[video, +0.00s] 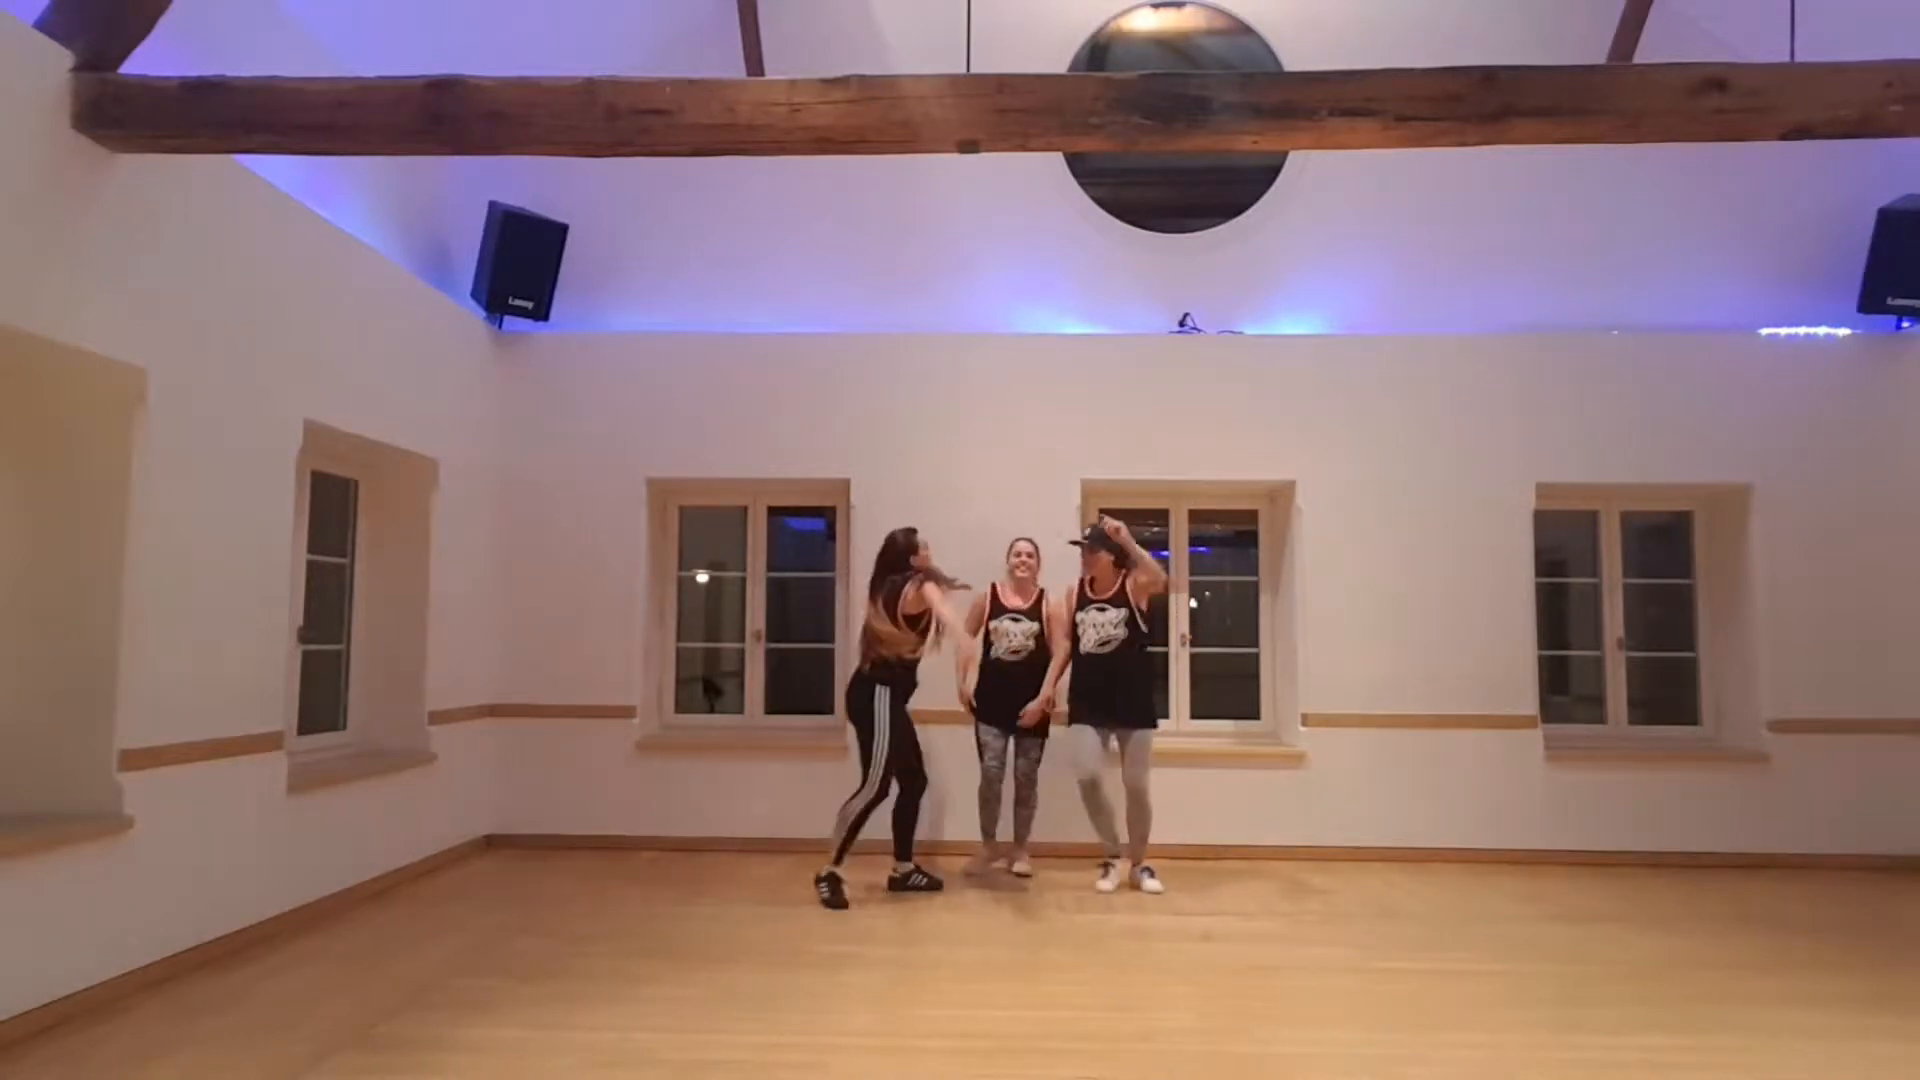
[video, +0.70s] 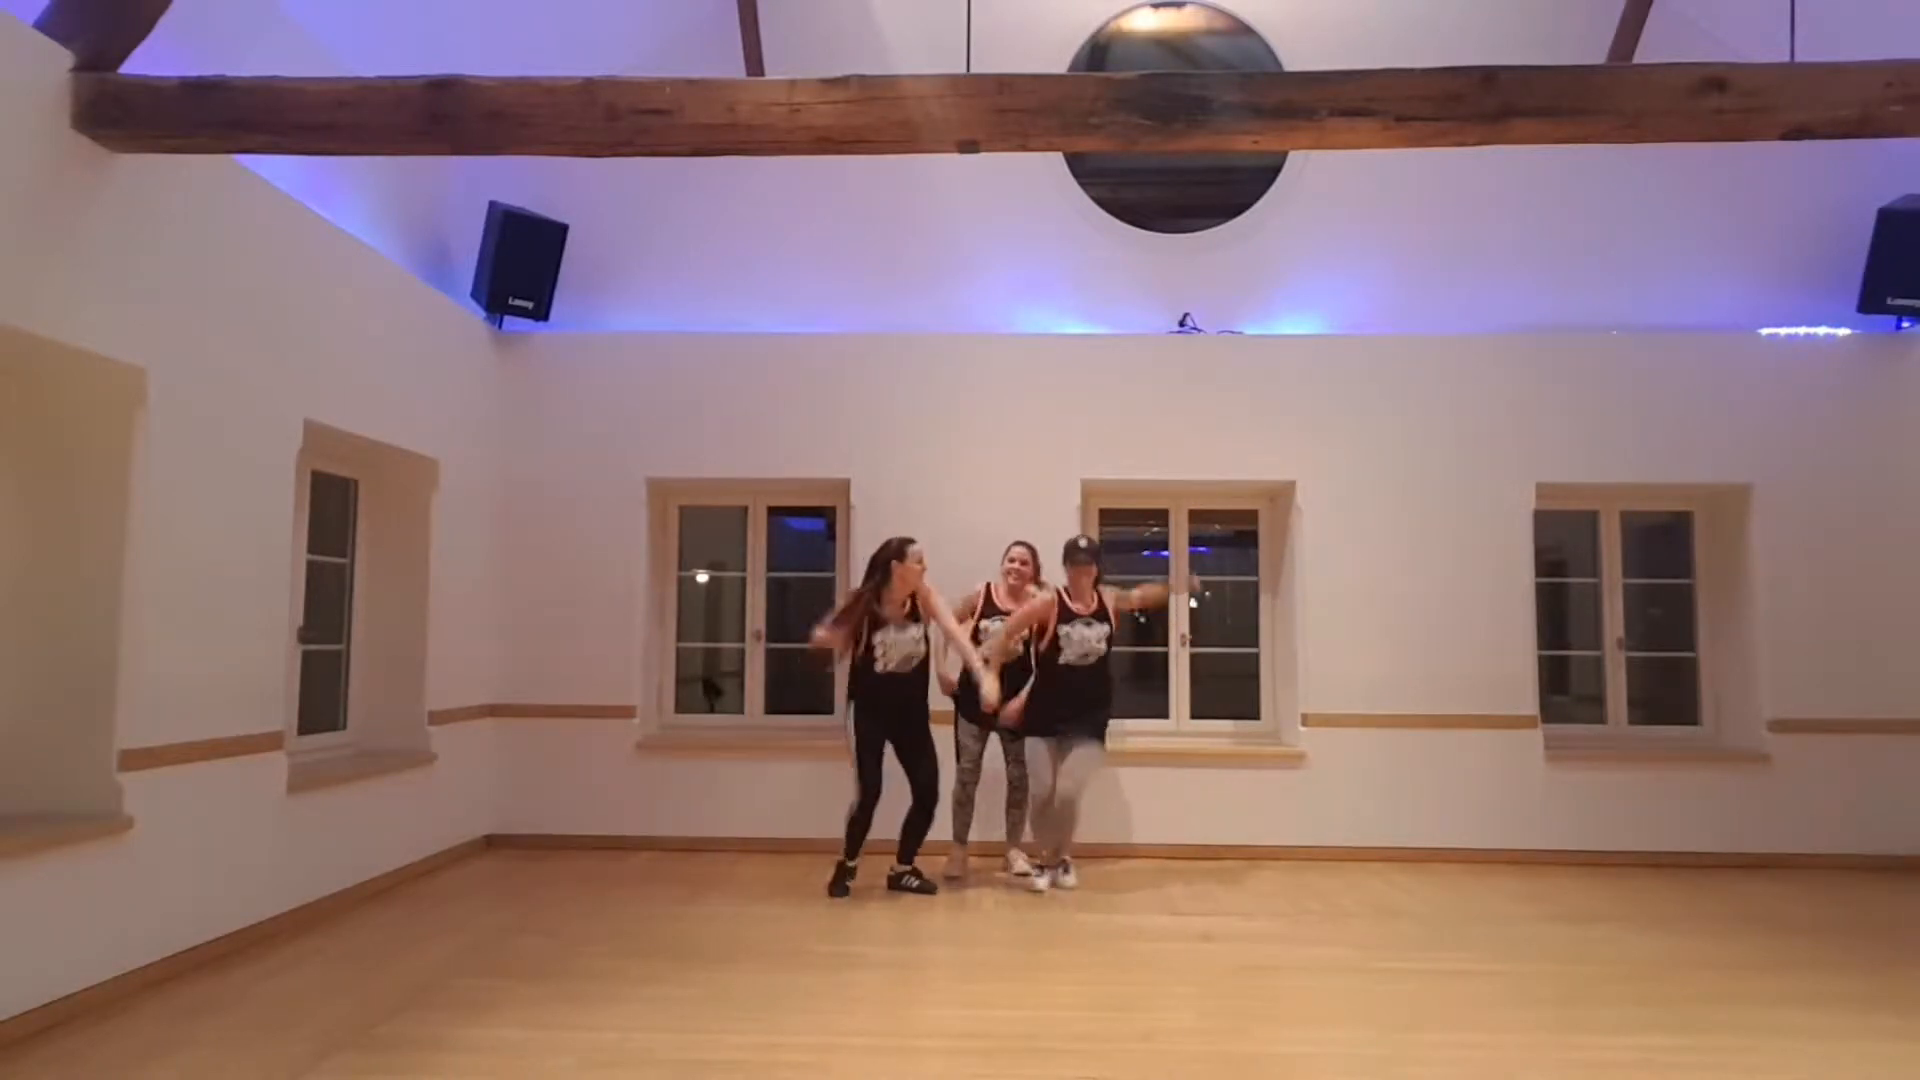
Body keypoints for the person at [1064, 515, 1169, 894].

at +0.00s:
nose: (1085, 557)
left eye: (1092, 552)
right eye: (1084, 551)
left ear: (1111, 555)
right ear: (1084, 554)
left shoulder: (1134, 586)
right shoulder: (1075, 593)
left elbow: (1159, 579)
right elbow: (1065, 647)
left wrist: (1130, 544)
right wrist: (1050, 691)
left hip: (1133, 701)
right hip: (1087, 702)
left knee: (1136, 783)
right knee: (1087, 776)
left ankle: (1140, 864)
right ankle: (1115, 856)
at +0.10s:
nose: (1091, 564)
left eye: (1098, 558)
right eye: (1088, 558)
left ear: (1117, 561)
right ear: (1084, 560)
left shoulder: (1135, 593)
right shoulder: (1077, 595)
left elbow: (1142, 600)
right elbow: (1065, 646)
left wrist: (1116, 559)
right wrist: (1046, 688)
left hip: (1134, 705)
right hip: (1087, 704)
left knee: (1140, 791)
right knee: (1076, 775)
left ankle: (1140, 865)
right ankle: (1092, 858)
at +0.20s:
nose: (1085, 572)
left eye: (1093, 566)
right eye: (1085, 565)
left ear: (1111, 570)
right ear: (1084, 569)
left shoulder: (1133, 598)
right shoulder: (1072, 606)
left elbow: (1136, 637)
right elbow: (1060, 658)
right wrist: (1046, 700)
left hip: (1132, 711)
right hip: (1083, 710)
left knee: (1145, 795)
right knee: (1065, 784)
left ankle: (1139, 866)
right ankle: (1056, 862)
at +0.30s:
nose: (1079, 576)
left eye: (1087, 570)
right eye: (1079, 569)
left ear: (1107, 576)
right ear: (1078, 572)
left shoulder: (1127, 606)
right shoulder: (1065, 607)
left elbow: (1135, 652)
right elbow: (1054, 660)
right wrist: (1044, 705)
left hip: (1121, 712)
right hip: (1072, 711)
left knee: (1141, 793)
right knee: (1054, 791)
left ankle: (1140, 865)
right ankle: (1046, 863)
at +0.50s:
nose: (1069, 556)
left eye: (1077, 551)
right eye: (1068, 550)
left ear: (1095, 555)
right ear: (1065, 554)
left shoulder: (1114, 594)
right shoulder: (1049, 587)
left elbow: (1133, 637)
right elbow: (1031, 635)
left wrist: (1163, 672)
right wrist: (1018, 679)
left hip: (1101, 697)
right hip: (1052, 698)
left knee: (1111, 780)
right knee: (1045, 783)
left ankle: (1118, 860)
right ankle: (1042, 863)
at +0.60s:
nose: (1071, 553)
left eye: (1079, 547)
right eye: (1068, 546)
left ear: (1095, 553)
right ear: (1063, 551)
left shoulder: (1110, 592)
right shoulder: (1044, 587)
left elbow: (1137, 619)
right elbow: (1016, 635)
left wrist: (1181, 629)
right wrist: (1001, 688)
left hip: (1097, 695)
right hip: (1048, 695)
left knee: (1094, 775)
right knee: (1042, 781)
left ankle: (1084, 858)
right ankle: (1041, 862)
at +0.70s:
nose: (1082, 572)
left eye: (1087, 565)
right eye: (1075, 565)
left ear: (1097, 567)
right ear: (1065, 567)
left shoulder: (1110, 600)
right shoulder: (1046, 605)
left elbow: (1142, 598)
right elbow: (1001, 639)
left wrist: (1174, 587)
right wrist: (991, 680)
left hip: (1089, 710)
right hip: (1045, 709)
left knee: (1068, 791)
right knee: (1045, 791)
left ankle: (1062, 859)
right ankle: (1045, 862)